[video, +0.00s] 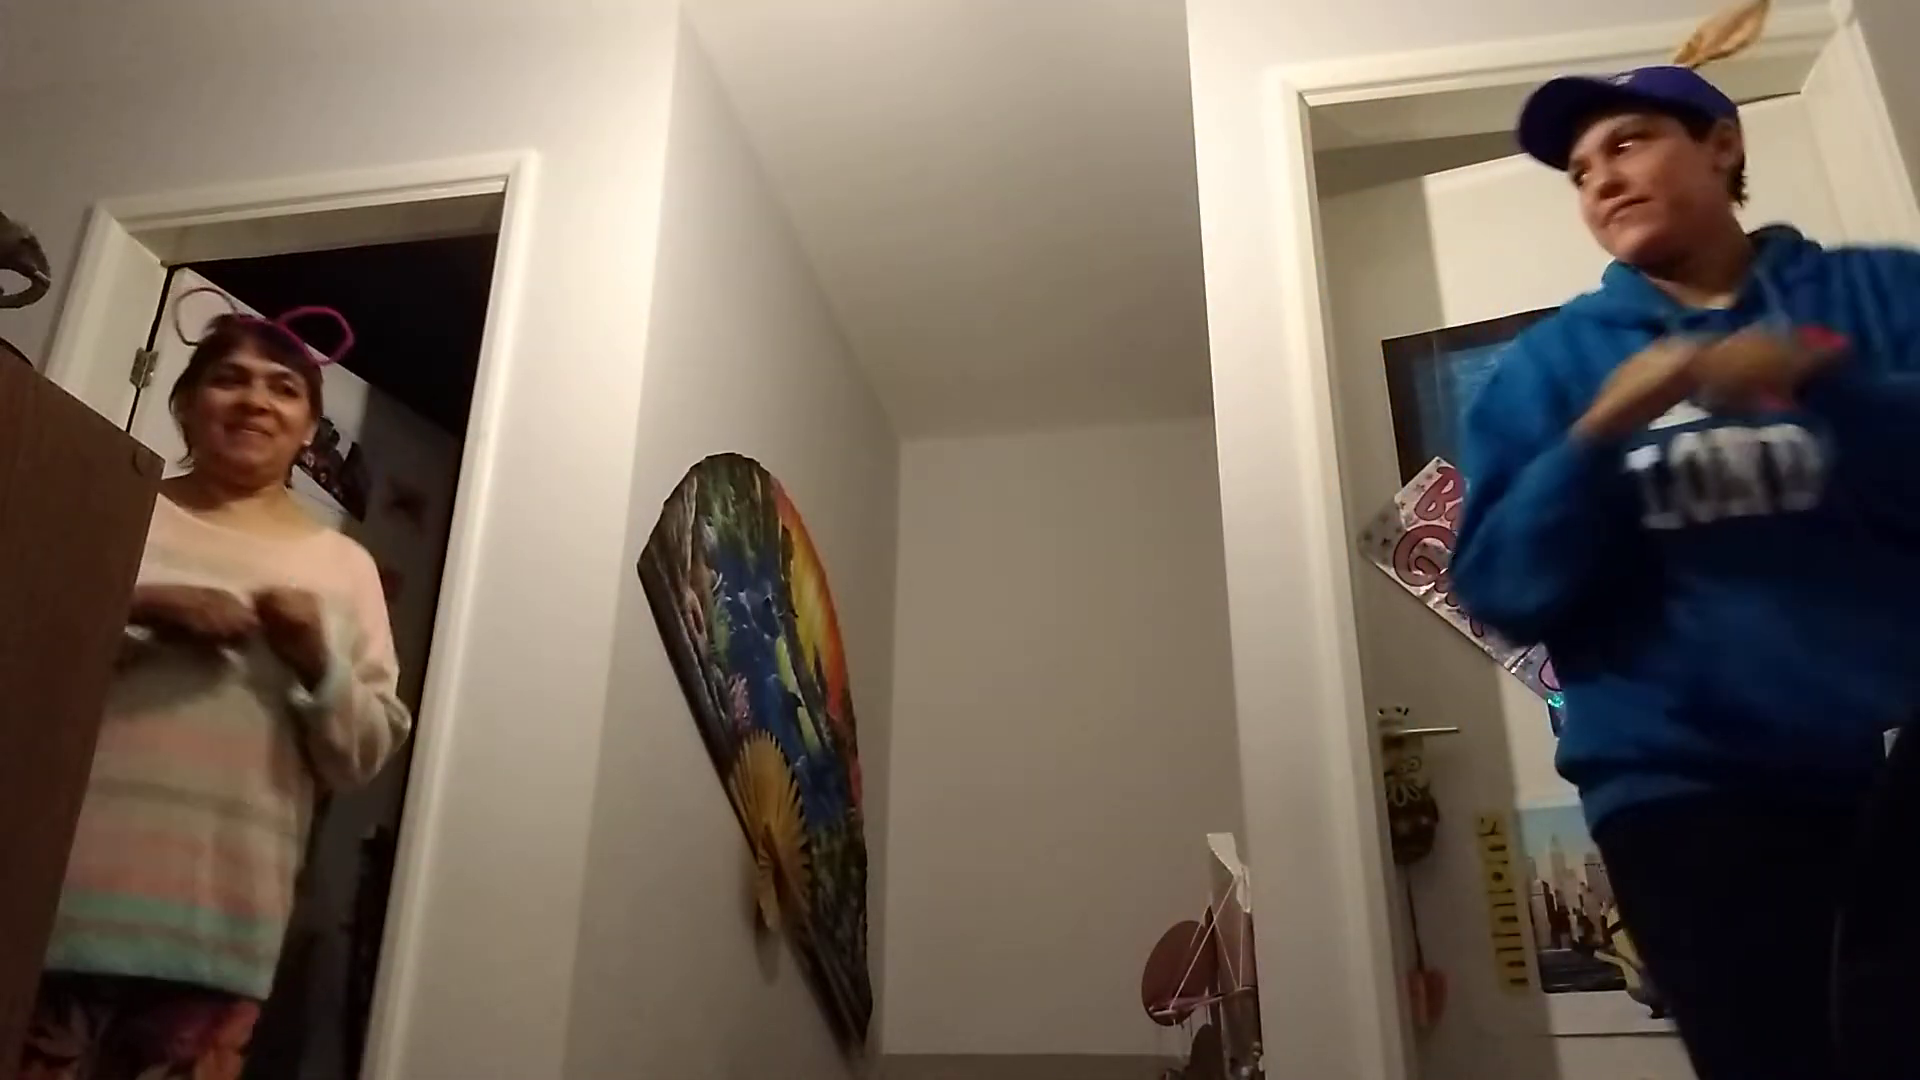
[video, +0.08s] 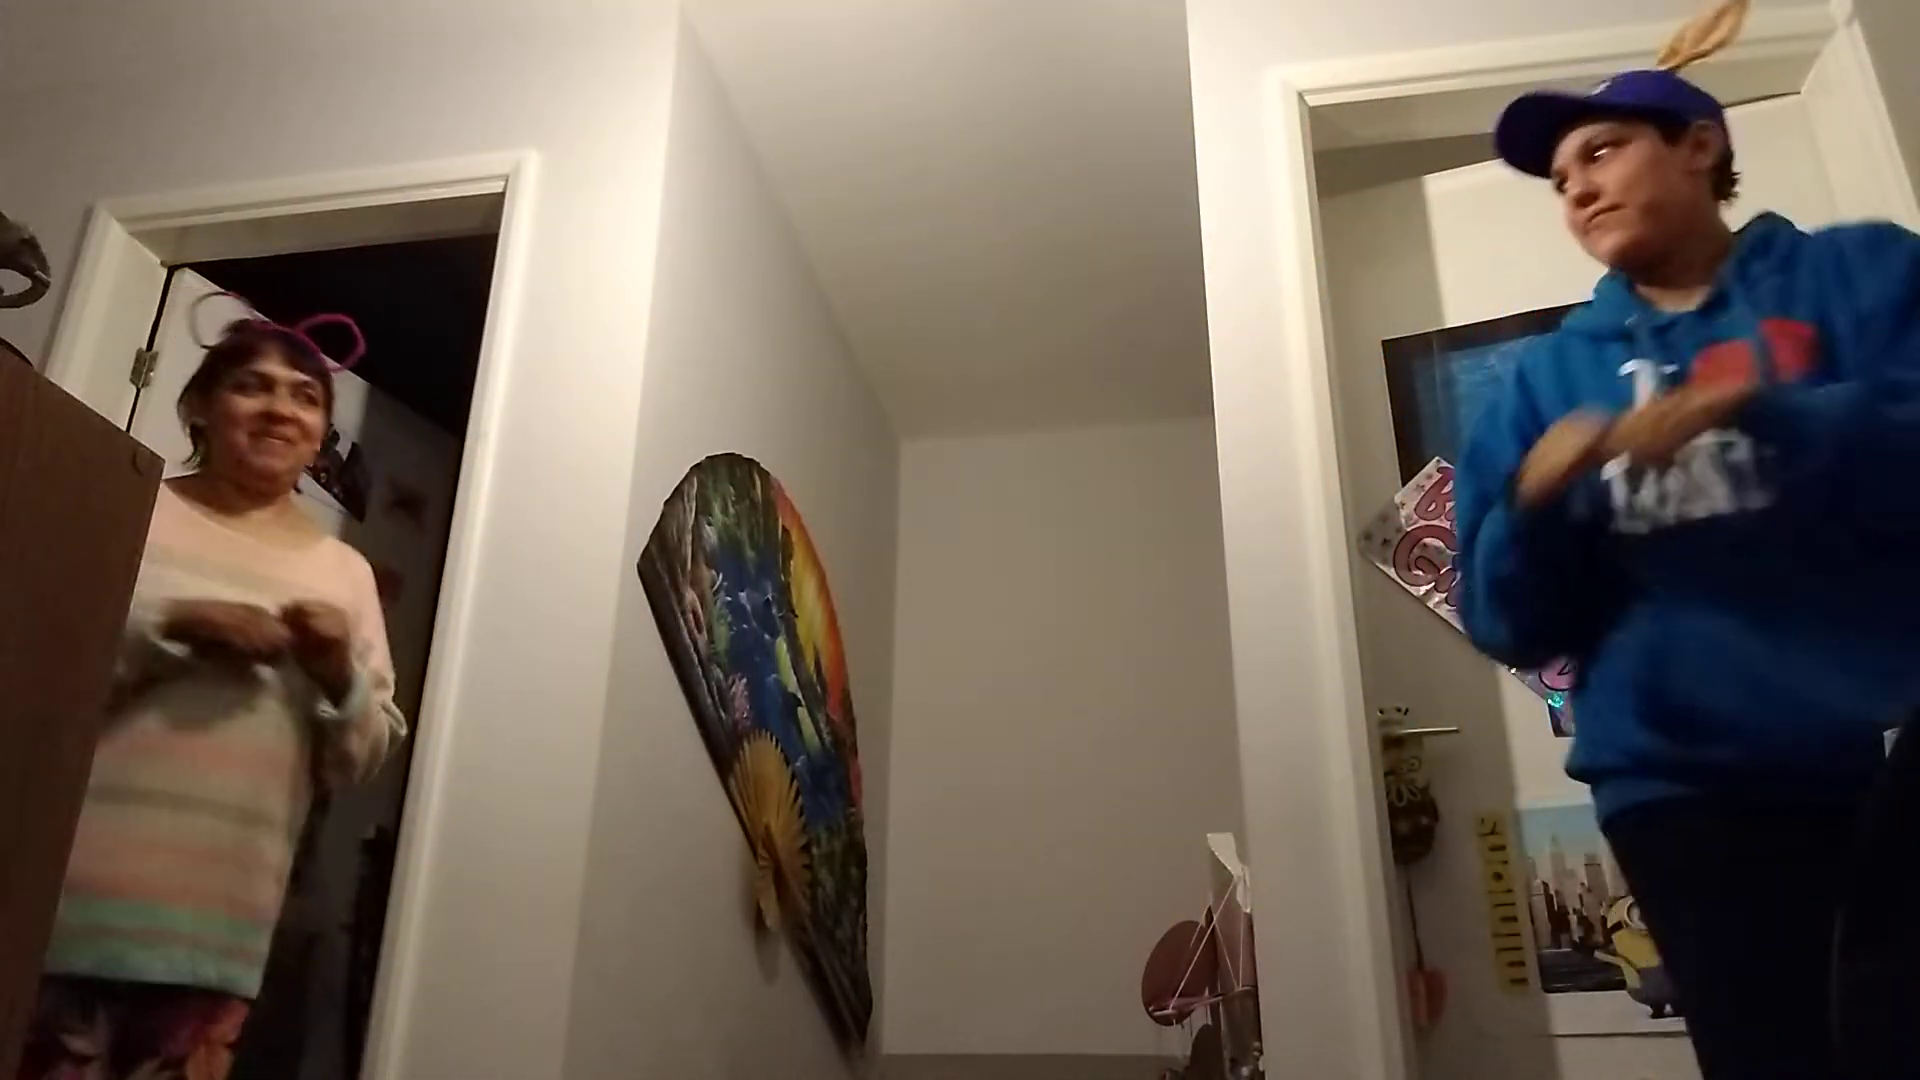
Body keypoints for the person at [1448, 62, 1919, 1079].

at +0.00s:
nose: (1601, 175)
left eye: (1629, 142)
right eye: (1582, 169)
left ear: (1721, 148)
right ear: (1580, 209)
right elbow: (1499, 589)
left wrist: (1819, 379)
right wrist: (1598, 429)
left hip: (1887, 761)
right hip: (1682, 793)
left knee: (1890, 1043)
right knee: (1768, 1055)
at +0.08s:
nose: (1576, 188)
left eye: (1603, 151)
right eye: (1561, 178)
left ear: (1701, 147)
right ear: (1562, 213)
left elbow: (1913, 429)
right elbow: (1505, 626)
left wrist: (1750, 400)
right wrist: (1535, 500)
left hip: (1884, 752)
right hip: (1682, 789)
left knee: (1889, 1037)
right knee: (1763, 1055)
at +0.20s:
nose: (1557, 202)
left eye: (1581, 167)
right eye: (1548, 191)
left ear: (1677, 159)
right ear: (1554, 222)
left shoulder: (1818, 258)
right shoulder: (1568, 380)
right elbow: (1585, 650)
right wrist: (1527, 566)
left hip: (1856, 765)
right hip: (1669, 798)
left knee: (1876, 1048)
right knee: (1743, 1057)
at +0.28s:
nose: (1562, 213)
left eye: (1580, 176)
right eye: (1551, 201)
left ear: (1678, 157)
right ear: (1558, 227)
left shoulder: (1794, 252)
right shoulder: (1599, 372)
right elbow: (1616, 598)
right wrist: (1533, 557)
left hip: (1816, 766)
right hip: (1662, 791)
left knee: (1842, 1048)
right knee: (1734, 1053)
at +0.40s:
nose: (1566, 217)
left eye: (1583, 180)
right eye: (1554, 203)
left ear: (1676, 154)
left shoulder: (1767, 249)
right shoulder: (1626, 353)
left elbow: (1712, 481)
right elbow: (1592, 622)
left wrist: (1525, 446)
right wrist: (1518, 516)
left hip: (1818, 780)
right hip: (1702, 797)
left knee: (1836, 1053)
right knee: (1772, 1054)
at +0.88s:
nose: (1482, 246)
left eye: (1497, 209)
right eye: (1473, 227)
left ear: (1580, 186)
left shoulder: (1657, 258)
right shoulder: (1583, 348)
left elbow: (1578, 470)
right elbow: (1566, 635)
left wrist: (1458, 411)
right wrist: (1480, 471)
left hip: (1820, 773)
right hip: (1739, 787)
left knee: (1787, 1048)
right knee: (1755, 1048)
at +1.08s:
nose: (1416, 283)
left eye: (1432, 248)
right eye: (1409, 263)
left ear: (1512, 228)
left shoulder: (1586, 301)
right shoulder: (1487, 383)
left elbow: (1457, 503)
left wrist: (1376, 432)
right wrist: (1386, 483)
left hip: (1755, 783)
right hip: (1652, 806)